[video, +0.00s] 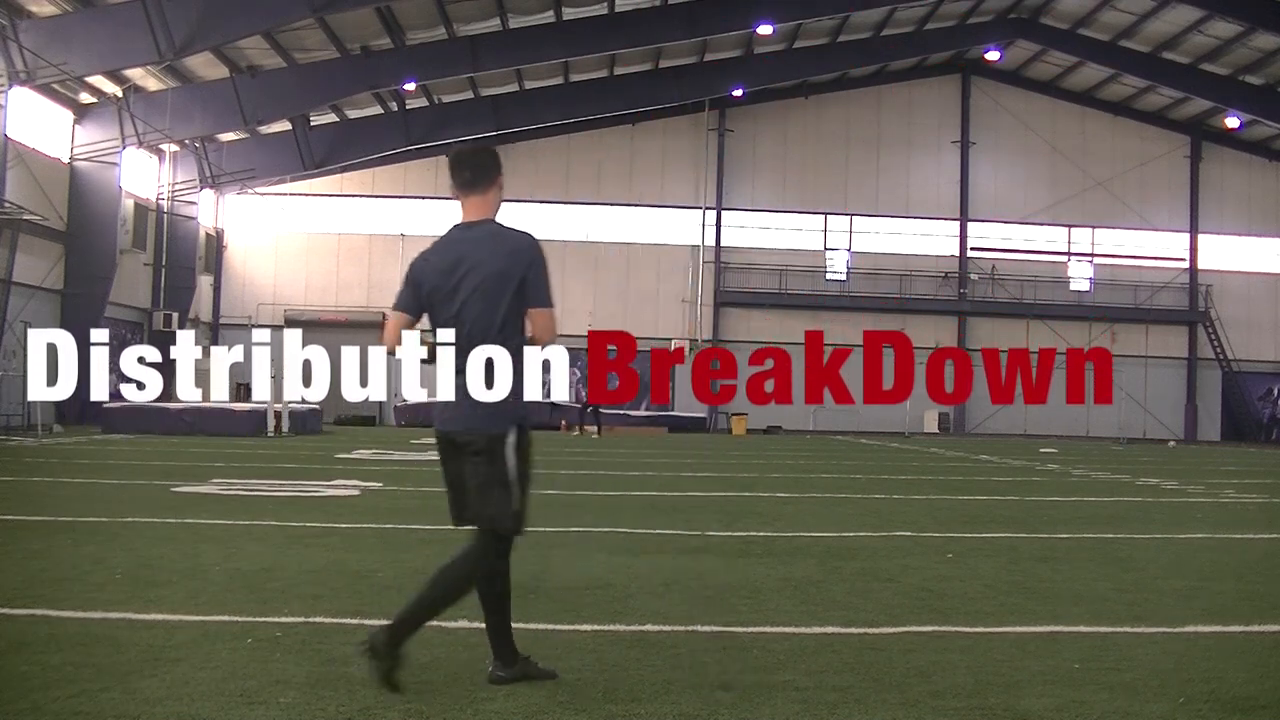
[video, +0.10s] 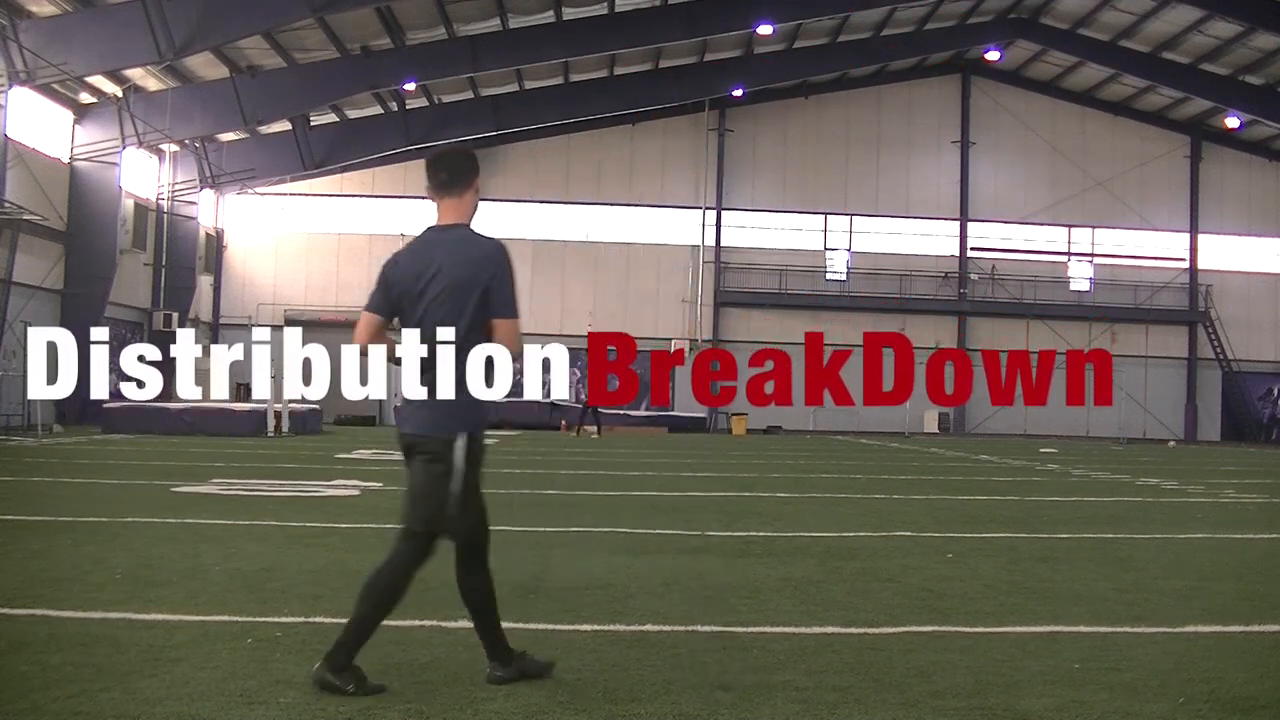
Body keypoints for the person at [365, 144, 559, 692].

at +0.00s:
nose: (496, 192)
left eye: (481, 183)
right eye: (498, 182)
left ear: (453, 189)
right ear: (499, 184)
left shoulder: (431, 258)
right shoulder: (521, 247)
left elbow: (391, 335)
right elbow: (543, 330)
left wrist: (439, 335)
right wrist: (503, 325)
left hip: (452, 420)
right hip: (500, 420)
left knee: (492, 537)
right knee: (496, 536)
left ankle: (507, 659)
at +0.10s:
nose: (480, 195)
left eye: (472, 186)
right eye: (479, 186)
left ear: (431, 192)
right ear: (475, 187)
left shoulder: (404, 260)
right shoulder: (488, 254)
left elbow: (365, 338)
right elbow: (508, 343)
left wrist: (414, 359)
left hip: (416, 423)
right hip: (454, 427)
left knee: (471, 540)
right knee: (415, 543)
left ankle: (501, 657)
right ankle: (337, 662)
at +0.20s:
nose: (458, 194)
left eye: (453, 185)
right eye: (459, 186)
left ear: (408, 187)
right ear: (455, 186)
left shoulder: (377, 251)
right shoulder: (456, 251)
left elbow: (339, 330)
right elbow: (465, 340)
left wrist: (395, 341)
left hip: (380, 417)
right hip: (412, 421)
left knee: (440, 524)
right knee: (370, 540)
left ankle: (480, 652)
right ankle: (328, 669)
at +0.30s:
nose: (439, 181)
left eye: (435, 172)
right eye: (438, 173)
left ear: (388, 174)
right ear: (431, 175)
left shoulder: (353, 240)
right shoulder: (426, 241)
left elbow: (319, 325)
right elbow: (431, 337)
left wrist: (367, 356)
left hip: (350, 411)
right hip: (380, 415)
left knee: (423, 511)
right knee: (351, 536)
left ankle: (400, 643)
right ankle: (326, 669)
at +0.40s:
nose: (416, 183)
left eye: (412, 173)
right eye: (416, 174)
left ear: (365, 172)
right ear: (408, 173)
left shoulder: (330, 236)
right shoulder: (399, 237)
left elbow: (298, 314)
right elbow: (404, 328)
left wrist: (322, 369)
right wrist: (421, 379)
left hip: (322, 408)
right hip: (358, 411)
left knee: (383, 520)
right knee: (341, 532)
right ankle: (325, 669)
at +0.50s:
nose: (397, 189)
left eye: (395, 179)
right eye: (396, 179)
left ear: (345, 176)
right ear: (388, 176)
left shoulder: (308, 238)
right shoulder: (374, 237)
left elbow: (277, 319)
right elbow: (377, 327)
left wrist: (300, 376)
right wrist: (393, 386)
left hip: (294, 412)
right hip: (334, 416)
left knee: (316, 542)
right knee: (323, 541)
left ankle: (224, 633)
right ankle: (325, 674)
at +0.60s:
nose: (381, 198)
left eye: (379, 187)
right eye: (382, 187)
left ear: (330, 183)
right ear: (373, 183)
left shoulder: (291, 241)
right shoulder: (357, 241)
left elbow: (255, 327)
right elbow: (352, 335)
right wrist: (363, 397)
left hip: (255, 416)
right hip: (303, 420)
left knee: (260, 541)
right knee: (308, 547)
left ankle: (173, 660)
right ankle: (327, 673)